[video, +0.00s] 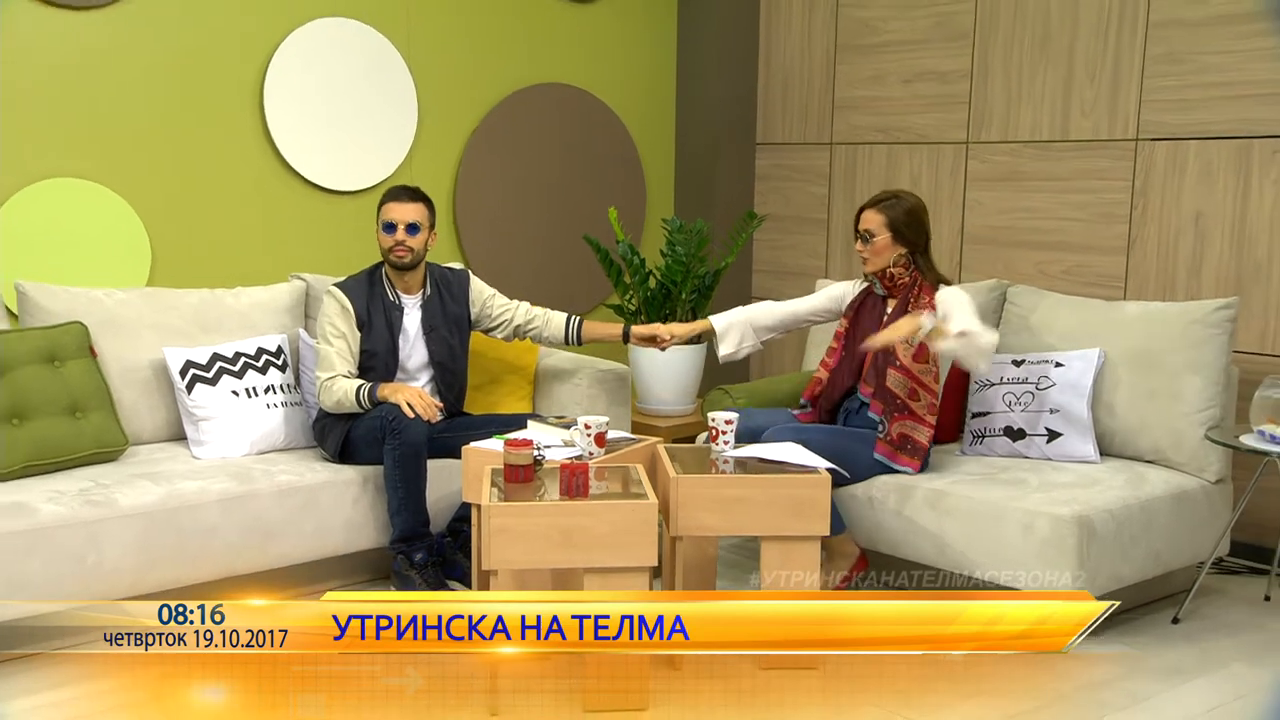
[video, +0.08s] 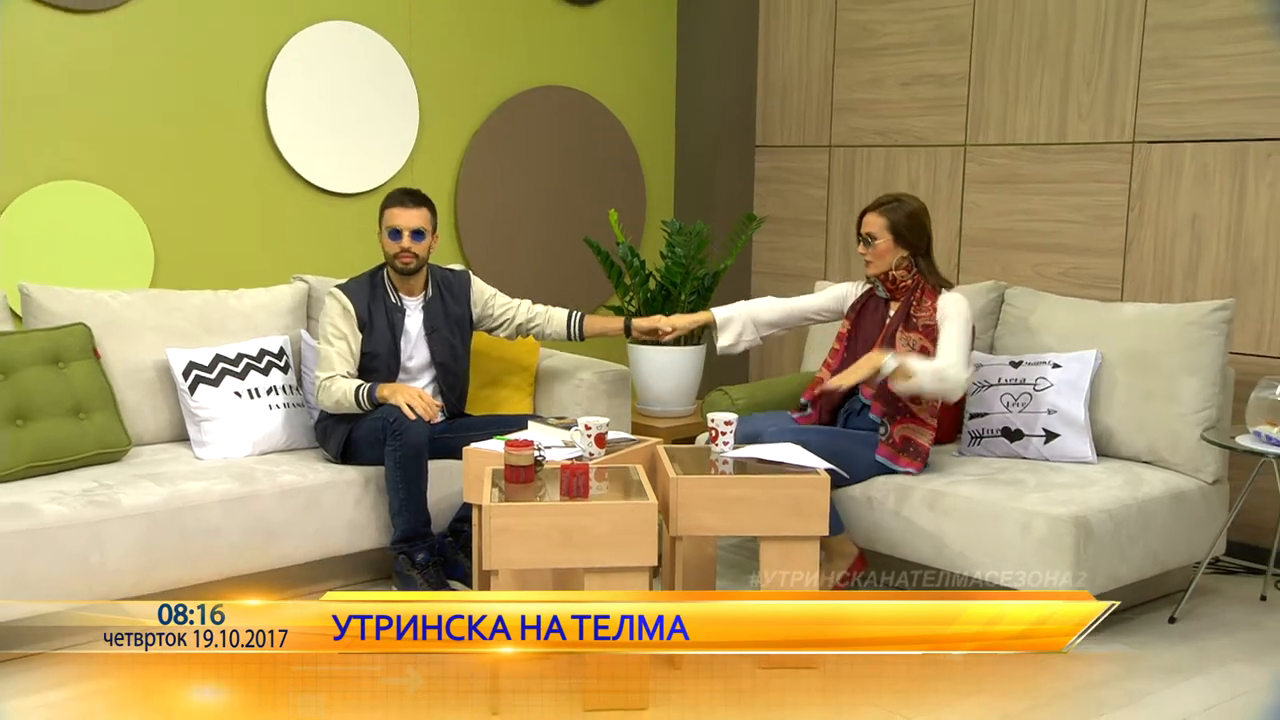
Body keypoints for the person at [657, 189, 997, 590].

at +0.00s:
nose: (860, 246)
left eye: (870, 238)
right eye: (859, 237)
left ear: (903, 241)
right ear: (862, 239)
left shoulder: (944, 299)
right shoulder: (858, 292)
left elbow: (982, 348)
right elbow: (780, 313)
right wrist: (694, 328)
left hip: (892, 443)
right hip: (836, 420)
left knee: (779, 440)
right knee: (729, 425)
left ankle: (843, 552)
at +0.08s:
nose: (860, 250)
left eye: (870, 241)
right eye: (860, 241)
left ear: (906, 244)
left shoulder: (948, 305)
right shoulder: (860, 296)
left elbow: (952, 380)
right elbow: (780, 309)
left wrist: (886, 361)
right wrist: (695, 320)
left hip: (893, 441)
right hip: (838, 422)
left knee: (782, 445)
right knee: (735, 432)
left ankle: (843, 554)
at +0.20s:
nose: (864, 255)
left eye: (873, 246)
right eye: (864, 246)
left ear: (910, 250)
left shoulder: (949, 316)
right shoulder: (867, 299)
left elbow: (912, 392)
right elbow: (789, 307)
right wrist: (701, 312)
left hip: (893, 442)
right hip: (840, 419)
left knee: (788, 453)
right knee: (737, 439)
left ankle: (841, 555)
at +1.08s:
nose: (865, 269)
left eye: (874, 260)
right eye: (865, 259)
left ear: (907, 265)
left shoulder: (941, 326)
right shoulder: (864, 306)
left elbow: (894, 388)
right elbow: (792, 317)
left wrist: (829, 427)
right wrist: (713, 321)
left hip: (887, 441)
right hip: (838, 421)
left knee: (781, 445)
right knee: (745, 444)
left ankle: (828, 544)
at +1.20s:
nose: (863, 269)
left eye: (873, 261)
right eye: (864, 260)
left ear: (905, 266)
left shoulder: (938, 326)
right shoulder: (863, 306)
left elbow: (892, 387)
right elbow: (792, 317)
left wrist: (826, 427)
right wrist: (714, 322)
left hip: (884, 439)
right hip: (835, 420)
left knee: (778, 445)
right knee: (742, 444)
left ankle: (826, 542)